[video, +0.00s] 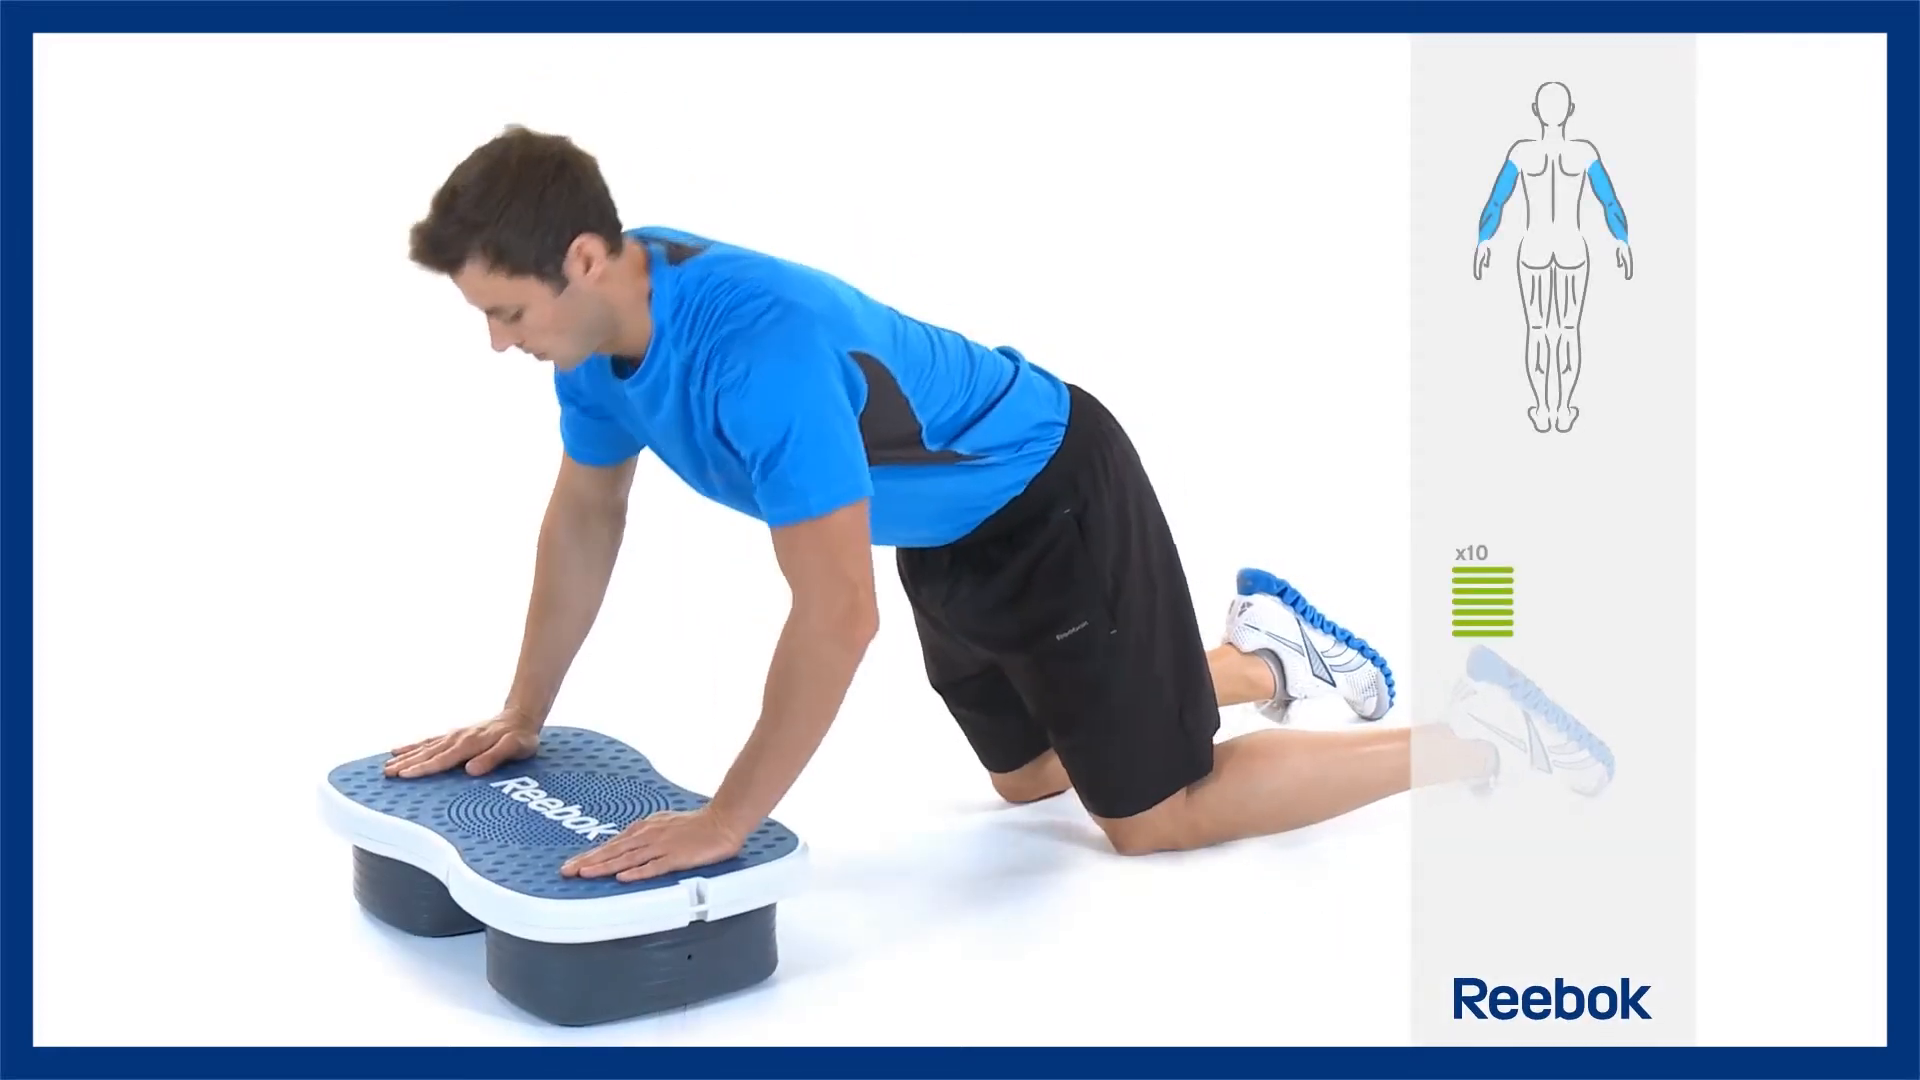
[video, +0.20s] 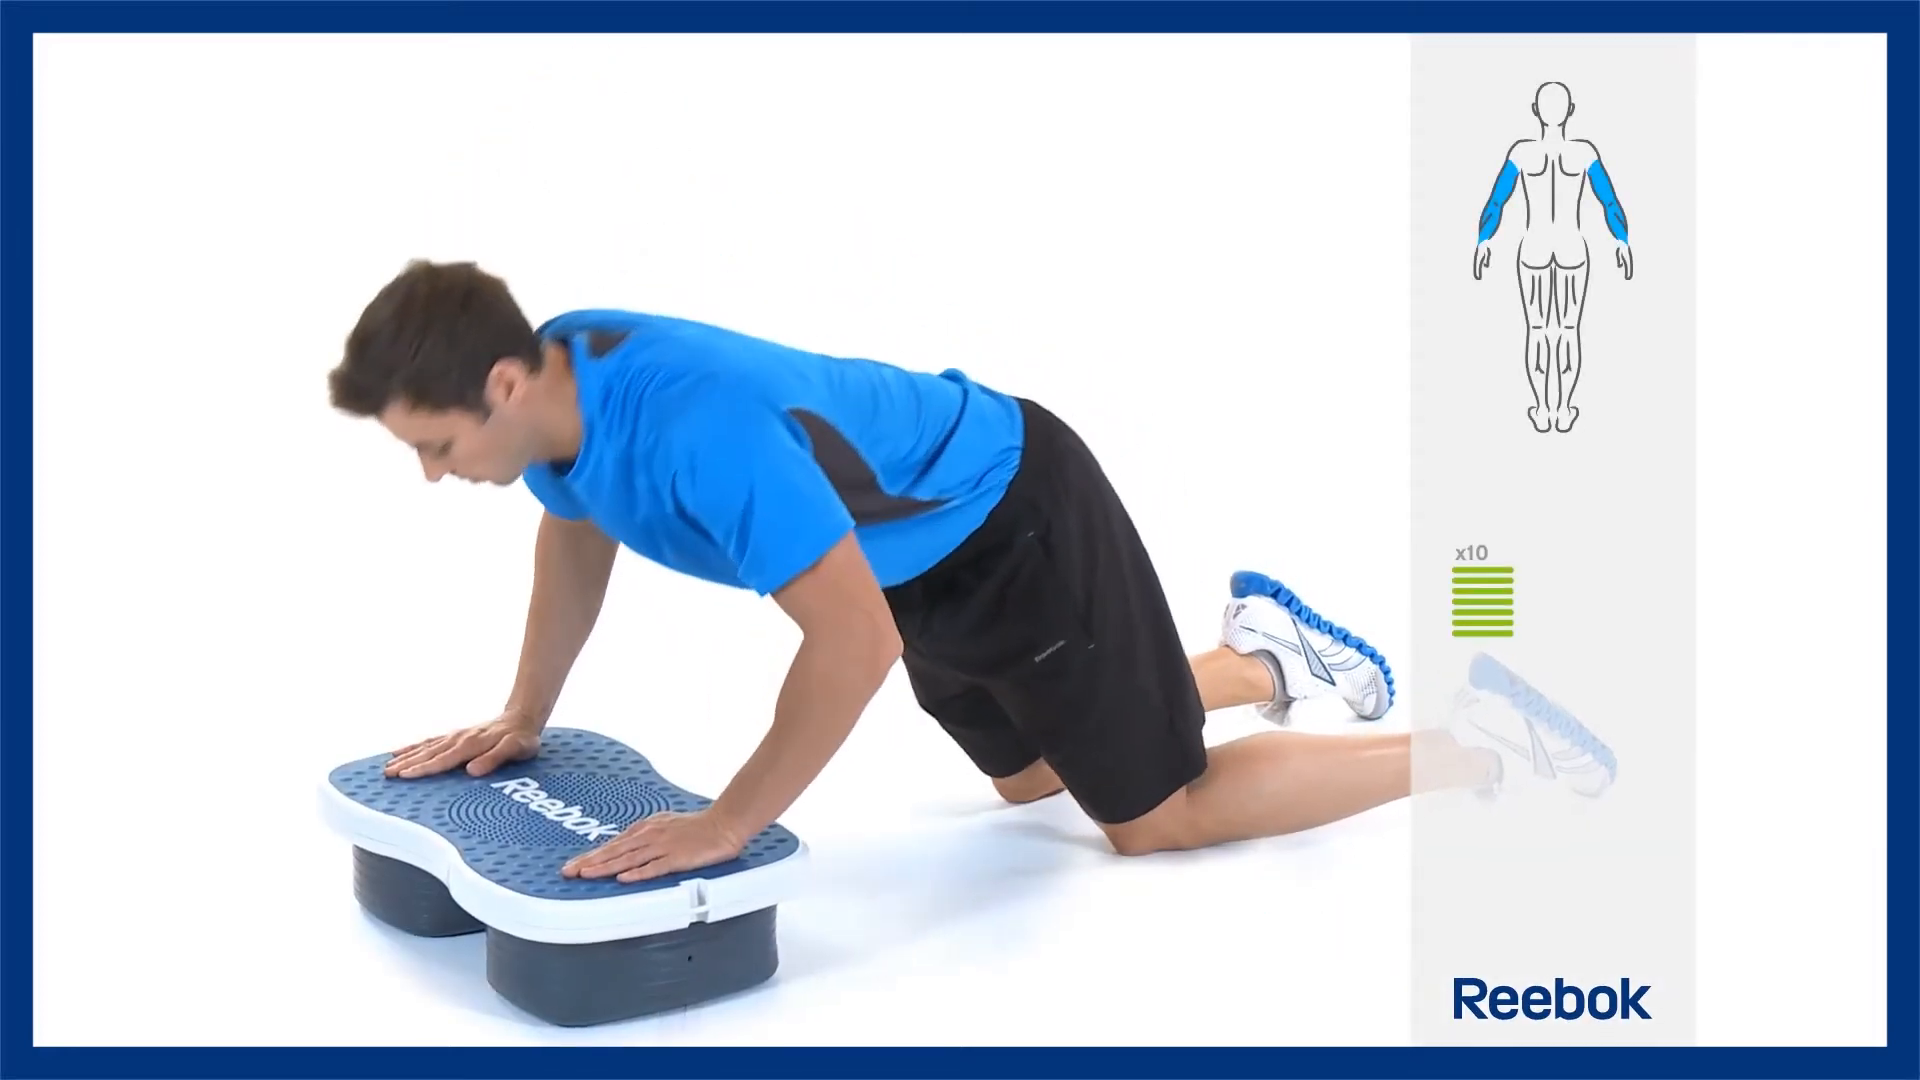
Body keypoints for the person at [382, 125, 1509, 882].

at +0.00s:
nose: (500, 343)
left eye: (504, 314)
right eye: (484, 322)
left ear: (587, 256)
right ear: (567, 262)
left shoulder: (759, 352)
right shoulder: (598, 340)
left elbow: (834, 611)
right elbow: (584, 520)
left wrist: (729, 817)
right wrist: (519, 719)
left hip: (1054, 488)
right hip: (943, 536)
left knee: (1150, 811)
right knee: (1032, 775)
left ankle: (1470, 746)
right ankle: (1267, 665)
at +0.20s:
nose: (436, 473)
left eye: (436, 445)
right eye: (418, 453)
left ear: (509, 382)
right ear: (486, 389)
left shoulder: (697, 429)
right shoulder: (556, 404)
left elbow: (858, 645)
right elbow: (577, 540)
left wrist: (730, 820)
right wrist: (522, 717)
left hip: (1013, 509)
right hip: (910, 559)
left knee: (1158, 811)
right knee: (1030, 764)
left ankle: (1471, 754)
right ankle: (1257, 661)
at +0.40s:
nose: (383, 611)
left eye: (372, 588)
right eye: (358, 597)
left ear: (428, 523)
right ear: (416, 496)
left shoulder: (630, 520)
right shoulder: (501, 447)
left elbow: (848, 647)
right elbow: (559, 578)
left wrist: (729, 822)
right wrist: (522, 721)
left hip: (973, 543)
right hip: (882, 582)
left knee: (1170, 807)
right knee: (1014, 768)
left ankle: (1474, 745)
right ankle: (1260, 661)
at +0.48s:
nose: (359, 659)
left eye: (349, 635)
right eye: (336, 644)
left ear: (406, 568)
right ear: (395, 553)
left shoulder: (603, 560)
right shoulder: (472, 486)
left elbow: (846, 649)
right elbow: (545, 593)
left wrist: (733, 822)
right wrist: (522, 716)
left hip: (957, 558)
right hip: (871, 594)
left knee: (1168, 806)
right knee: (1022, 769)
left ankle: (1465, 750)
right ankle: (1260, 659)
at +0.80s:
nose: (337, 798)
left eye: (323, 778)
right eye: (308, 788)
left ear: (370, 704)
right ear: (360, 673)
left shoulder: (576, 664)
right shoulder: (426, 584)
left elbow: (822, 643)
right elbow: (558, 500)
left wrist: (729, 823)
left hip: (916, 590)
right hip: (834, 625)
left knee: (1147, 809)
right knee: (1034, 757)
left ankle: (1467, 751)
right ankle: (1254, 661)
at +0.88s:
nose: (328, 810)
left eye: (318, 789)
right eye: (301, 801)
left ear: (370, 712)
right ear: (355, 680)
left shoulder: (576, 673)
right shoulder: (424, 588)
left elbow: (819, 637)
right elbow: (555, 497)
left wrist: (728, 825)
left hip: (919, 599)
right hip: (835, 631)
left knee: (1147, 809)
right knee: (1042, 756)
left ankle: (1472, 750)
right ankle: (1255, 659)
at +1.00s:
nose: (329, 811)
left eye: (317, 791)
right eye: (301, 803)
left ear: (365, 713)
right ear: (352, 679)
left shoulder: (571, 673)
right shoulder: (421, 588)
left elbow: (815, 636)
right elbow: (553, 498)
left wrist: (730, 822)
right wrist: (516, 689)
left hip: (915, 600)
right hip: (838, 628)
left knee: (1149, 809)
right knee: (1044, 756)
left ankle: (1470, 750)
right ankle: (1255, 657)